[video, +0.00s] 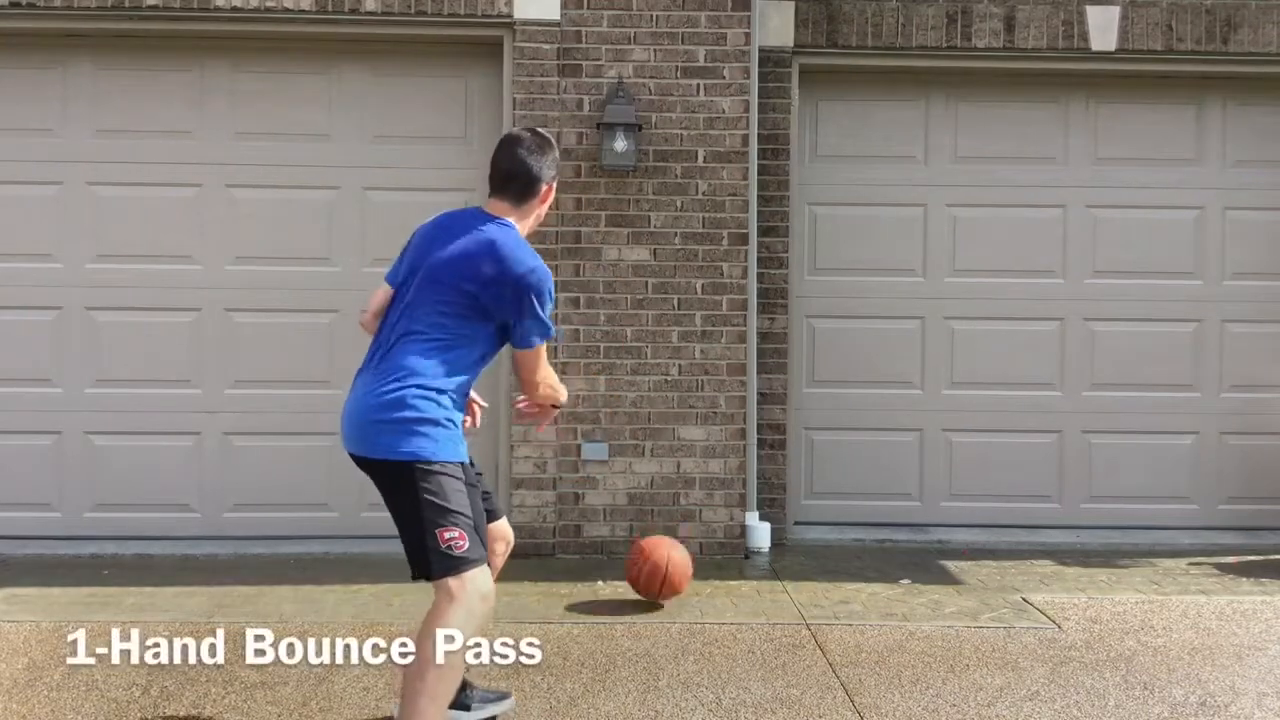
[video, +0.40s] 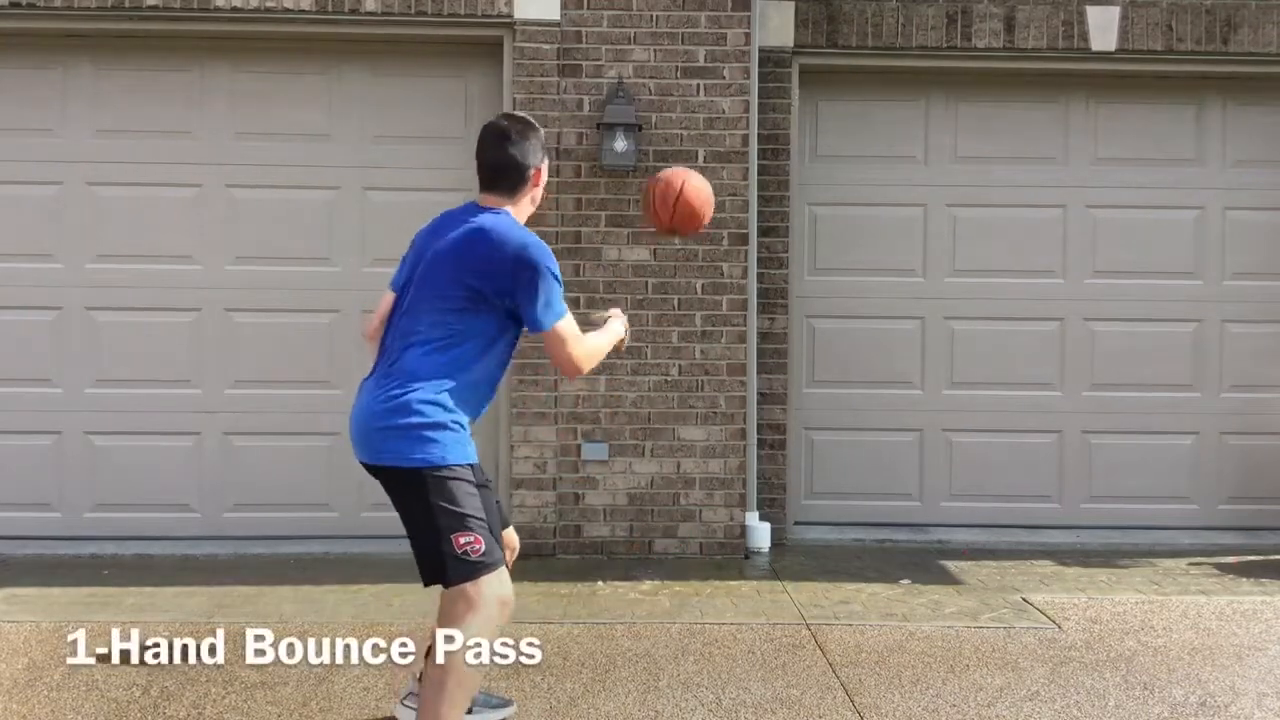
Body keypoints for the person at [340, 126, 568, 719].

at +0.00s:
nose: (554, 198)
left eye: (552, 188)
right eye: (555, 189)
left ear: (490, 180)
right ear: (546, 195)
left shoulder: (438, 228)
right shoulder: (524, 267)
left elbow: (375, 315)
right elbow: (534, 379)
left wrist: (446, 385)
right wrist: (556, 396)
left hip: (378, 414)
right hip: (416, 424)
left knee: (496, 539)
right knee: (466, 587)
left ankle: (439, 682)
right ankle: (414, 711)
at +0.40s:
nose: (547, 177)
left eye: (543, 168)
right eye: (546, 169)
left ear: (479, 172)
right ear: (538, 178)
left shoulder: (439, 229)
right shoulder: (523, 249)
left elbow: (377, 328)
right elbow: (575, 360)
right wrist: (613, 330)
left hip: (383, 420)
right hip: (424, 426)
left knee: (501, 542)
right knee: (485, 594)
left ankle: (431, 691)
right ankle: (439, 711)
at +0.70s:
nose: (546, 155)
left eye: (543, 144)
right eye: (544, 144)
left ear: (479, 149)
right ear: (533, 152)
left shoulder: (457, 208)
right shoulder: (518, 213)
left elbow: (398, 301)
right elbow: (645, 254)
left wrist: (452, 396)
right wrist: (732, 191)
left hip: (417, 418)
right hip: (415, 424)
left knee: (493, 544)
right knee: (467, 591)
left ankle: (430, 691)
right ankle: (432, 713)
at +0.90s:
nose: (573, 192)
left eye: (571, 181)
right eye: (574, 181)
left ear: (509, 173)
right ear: (566, 187)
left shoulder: (484, 230)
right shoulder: (499, 245)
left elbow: (404, 283)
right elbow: (576, 345)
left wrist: (405, 363)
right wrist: (648, 278)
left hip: (440, 425)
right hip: (418, 426)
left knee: (513, 551)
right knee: (475, 591)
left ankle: (430, 689)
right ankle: (432, 710)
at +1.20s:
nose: (582, 213)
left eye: (579, 202)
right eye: (584, 204)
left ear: (517, 194)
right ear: (575, 211)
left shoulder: (479, 238)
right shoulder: (533, 290)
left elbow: (465, 327)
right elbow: (555, 388)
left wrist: (513, 375)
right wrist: (594, 411)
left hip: (439, 429)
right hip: (421, 438)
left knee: (521, 550)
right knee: (487, 596)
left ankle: (434, 687)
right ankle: (439, 712)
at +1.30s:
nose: (581, 213)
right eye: (583, 204)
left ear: (518, 194)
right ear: (576, 210)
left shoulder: (480, 242)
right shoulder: (537, 289)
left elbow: (461, 343)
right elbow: (543, 406)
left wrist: (508, 398)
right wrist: (600, 418)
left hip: (437, 430)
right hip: (424, 437)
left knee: (521, 551)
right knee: (488, 595)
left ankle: (435, 687)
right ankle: (438, 710)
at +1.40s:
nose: (581, 207)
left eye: (581, 198)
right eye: (582, 198)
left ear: (516, 190)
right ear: (575, 205)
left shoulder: (479, 240)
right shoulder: (536, 277)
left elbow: (441, 339)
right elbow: (550, 408)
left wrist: (482, 405)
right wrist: (604, 434)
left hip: (437, 428)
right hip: (424, 436)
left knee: (522, 551)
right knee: (494, 597)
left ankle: (436, 687)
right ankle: (442, 710)